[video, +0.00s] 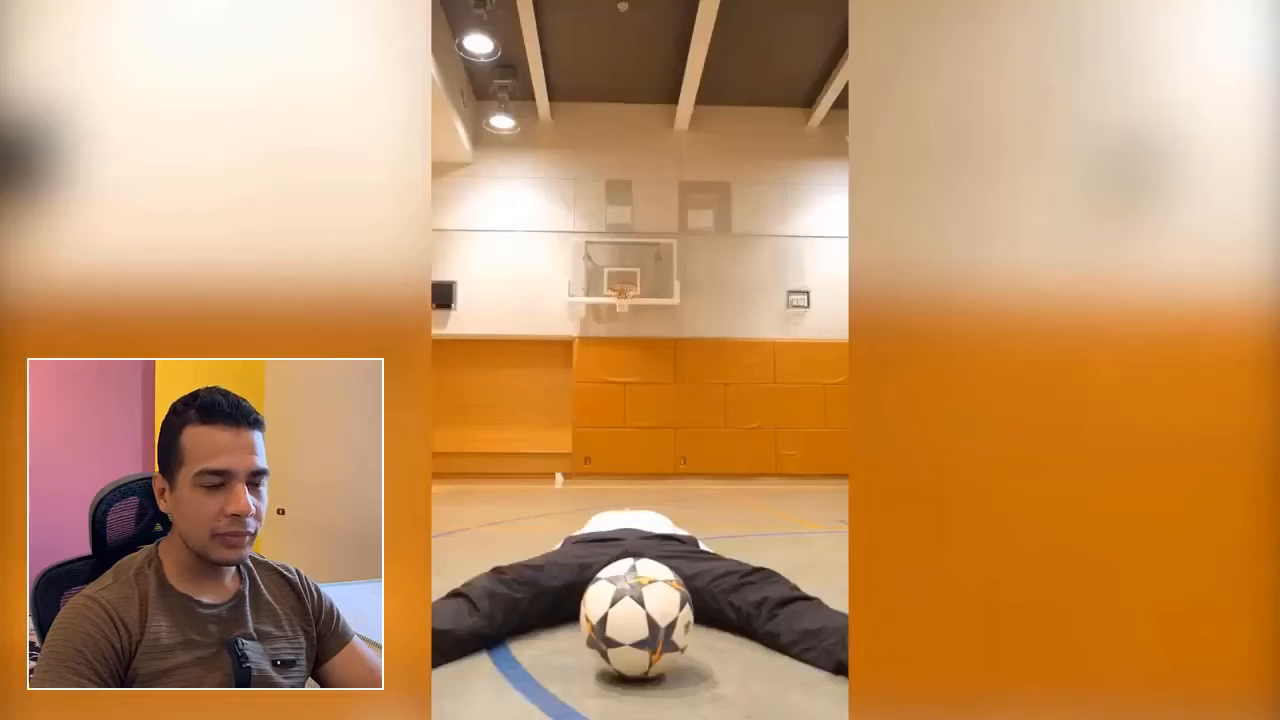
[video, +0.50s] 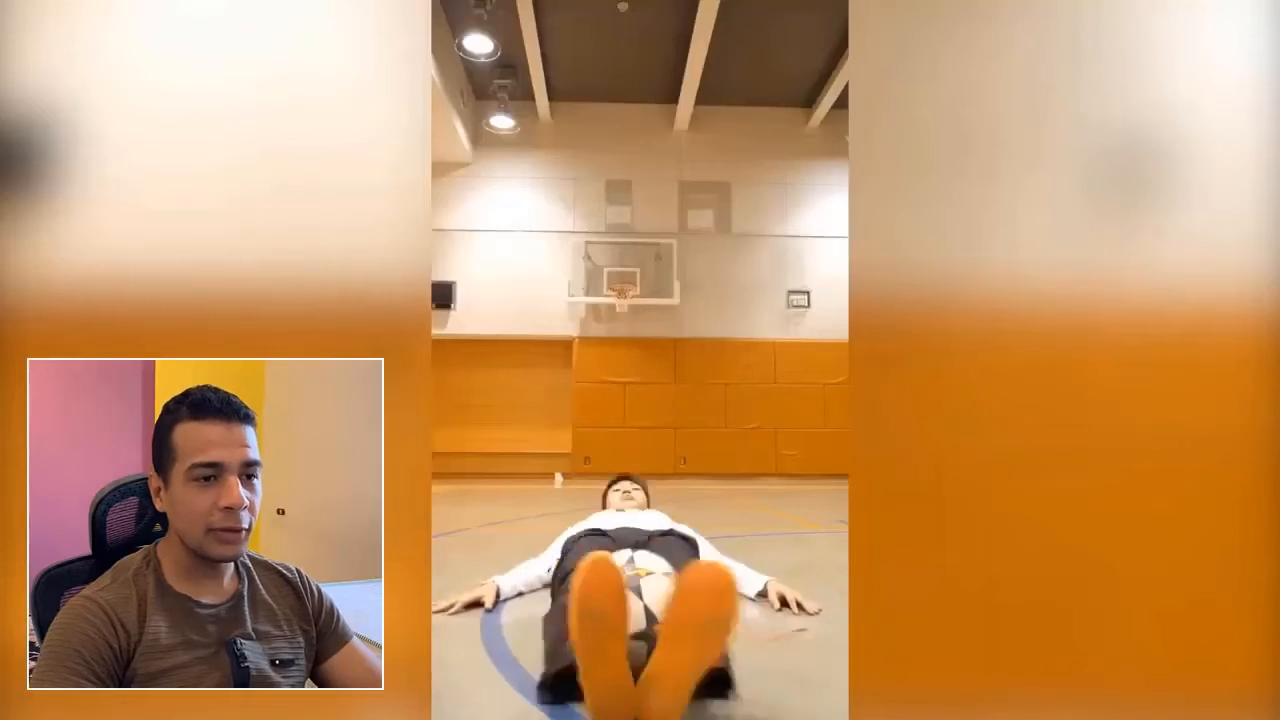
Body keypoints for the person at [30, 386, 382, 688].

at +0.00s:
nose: (243, 506)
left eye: (255, 483)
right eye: (214, 484)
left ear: (267, 486)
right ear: (165, 495)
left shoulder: (297, 597)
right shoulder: (99, 619)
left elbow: (387, 699)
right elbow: (51, 705)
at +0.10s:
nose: (241, 504)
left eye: (253, 480)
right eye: (211, 482)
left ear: (265, 485)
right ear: (163, 493)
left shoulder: (297, 596)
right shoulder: (98, 619)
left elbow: (388, 699)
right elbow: (51, 710)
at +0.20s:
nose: (239, 502)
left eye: (251, 478)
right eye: (209, 481)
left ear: (263, 483)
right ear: (162, 493)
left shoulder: (296, 596)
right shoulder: (99, 618)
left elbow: (386, 700)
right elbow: (50, 711)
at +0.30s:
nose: (238, 502)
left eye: (250, 477)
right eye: (208, 480)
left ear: (262, 482)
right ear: (161, 493)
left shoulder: (295, 596)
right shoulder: (98, 618)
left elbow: (386, 700)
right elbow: (49, 711)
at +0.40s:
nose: (237, 501)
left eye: (249, 476)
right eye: (207, 479)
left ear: (261, 482)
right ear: (160, 493)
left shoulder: (296, 596)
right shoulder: (98, 618)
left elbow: (386, 700)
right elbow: (50, 711)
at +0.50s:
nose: (237, 499)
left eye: (249, 475)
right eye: (207, 478)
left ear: (261, 482)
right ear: (160, 493)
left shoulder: (296, 595)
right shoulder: (98, 618)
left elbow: (387, 699)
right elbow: (48, 710)